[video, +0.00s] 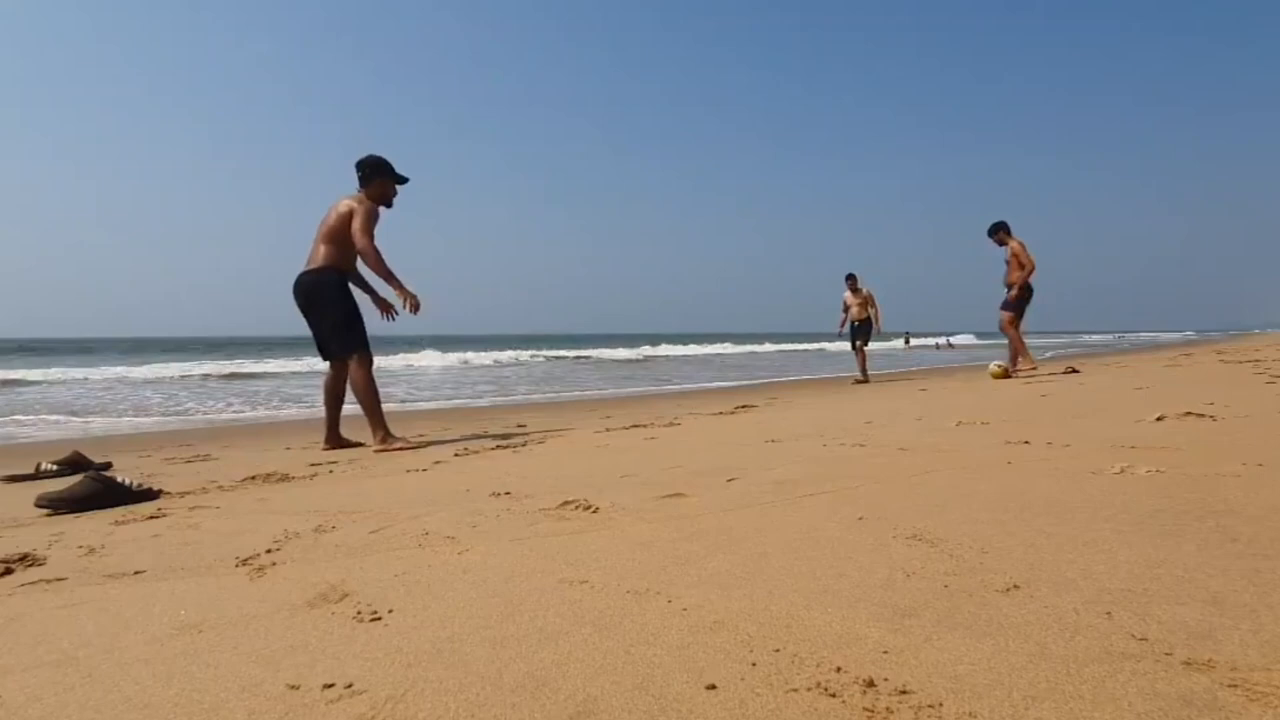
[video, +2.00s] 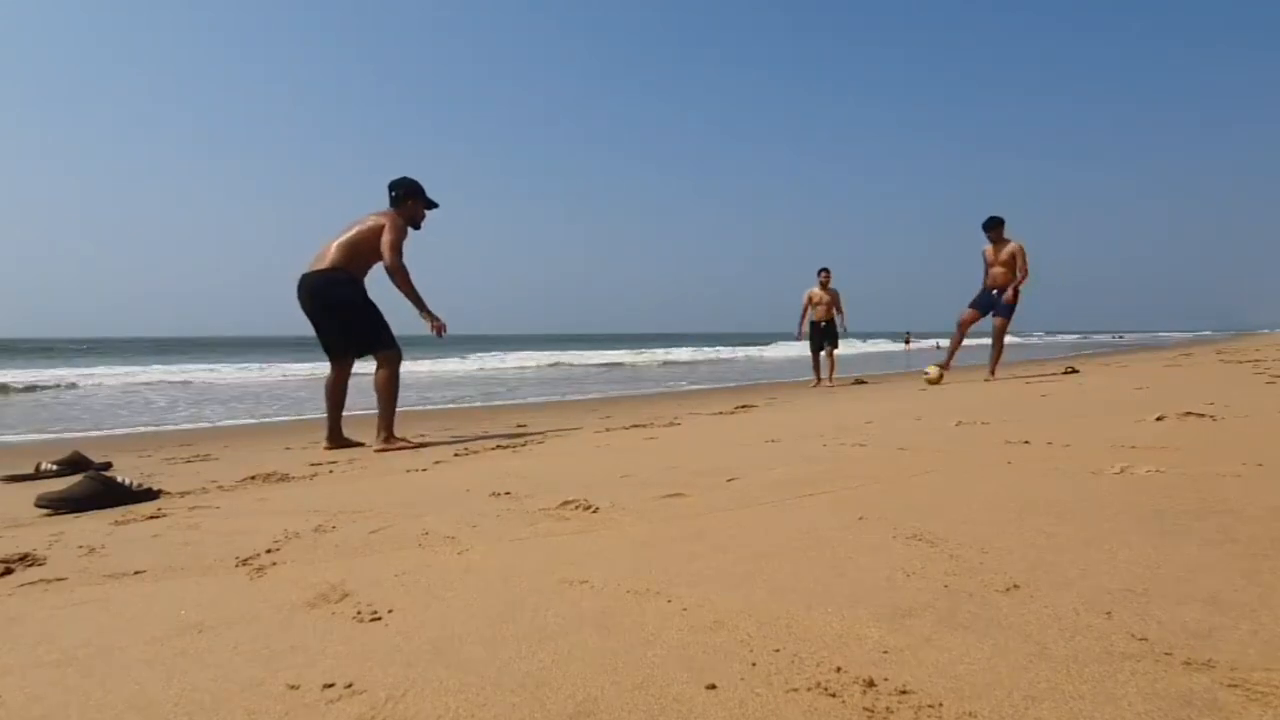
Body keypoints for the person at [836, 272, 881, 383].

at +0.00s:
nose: (851, 287)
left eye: (853, 284)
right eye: (849, 284)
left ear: (857, 283)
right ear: (846, 285)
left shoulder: (865, 293)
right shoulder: (846, 296)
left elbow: (874, 307)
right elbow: (845, 313)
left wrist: (877, 323)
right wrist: (841, 327)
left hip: (865, 320)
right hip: (854, 322)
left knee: (859, 346)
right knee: (856, 349)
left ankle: (864, 374)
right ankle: (863, 374)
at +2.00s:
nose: (826, 279)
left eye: (827, 277)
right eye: (824, 277)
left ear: (830, 278)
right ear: (818, 278)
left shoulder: (833, 293)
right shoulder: (811, 293)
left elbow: (839, 309)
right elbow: (804, 311)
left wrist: (842, 323)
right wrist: (800, 328)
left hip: (829, 323)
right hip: (815, 323)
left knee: (829, 351)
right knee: (815, 354)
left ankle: (830, 378)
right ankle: (817, 378)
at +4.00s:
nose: (742, 266)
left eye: (745, 263)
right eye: (740, 263)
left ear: (751, 263)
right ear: (737, 264)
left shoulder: (759, 279)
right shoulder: (731, 282)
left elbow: (773, 292)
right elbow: (725, 299)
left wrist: (765, 305)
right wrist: (727, 314)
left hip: (757, 315)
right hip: (742, 317)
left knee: (755, 353)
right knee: (750, 356)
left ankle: (756, 388)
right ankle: (765, 381)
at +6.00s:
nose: (553, 252)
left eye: (555, 248)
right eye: (549, 248)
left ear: (556, 250)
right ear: (539, 249)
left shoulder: (558, 271)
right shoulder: (529, 270)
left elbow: (560, 295)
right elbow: (519, 296)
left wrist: (570, 314)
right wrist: (533, 311)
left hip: (556, 321)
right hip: (535, 321)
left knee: (563, 363)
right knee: (531, 366)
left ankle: (562, 403)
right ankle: (529, 407)